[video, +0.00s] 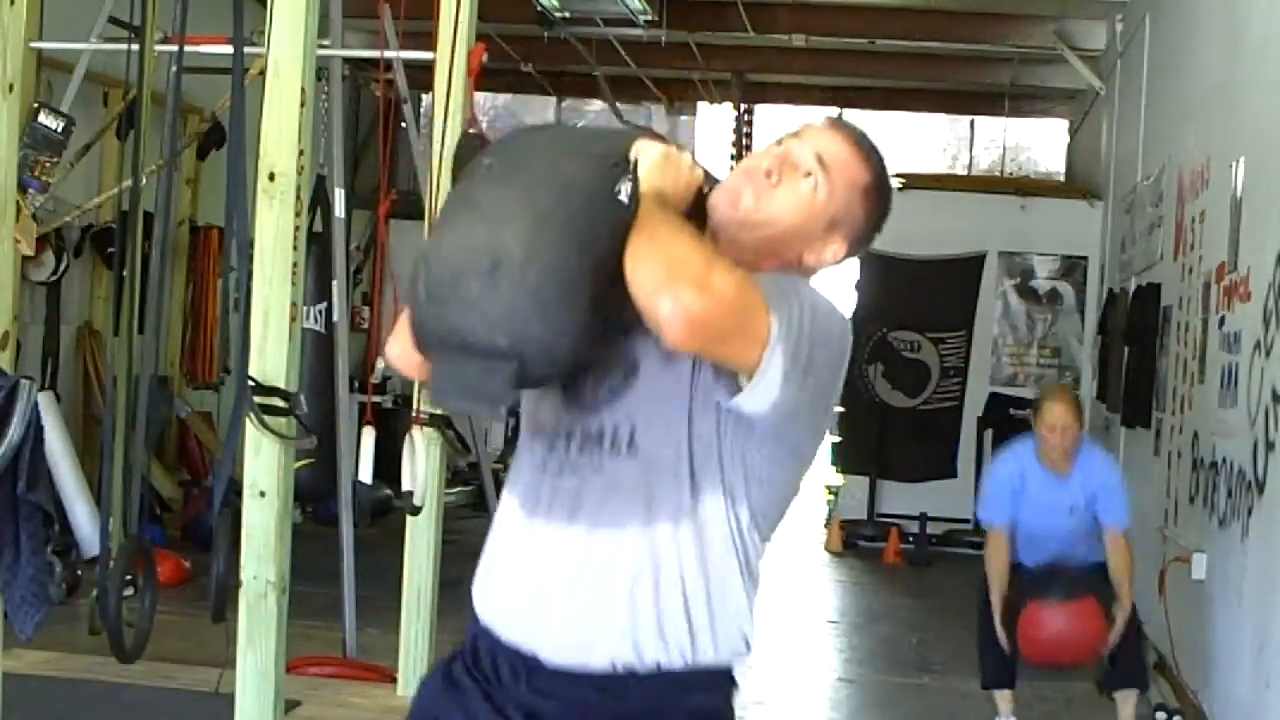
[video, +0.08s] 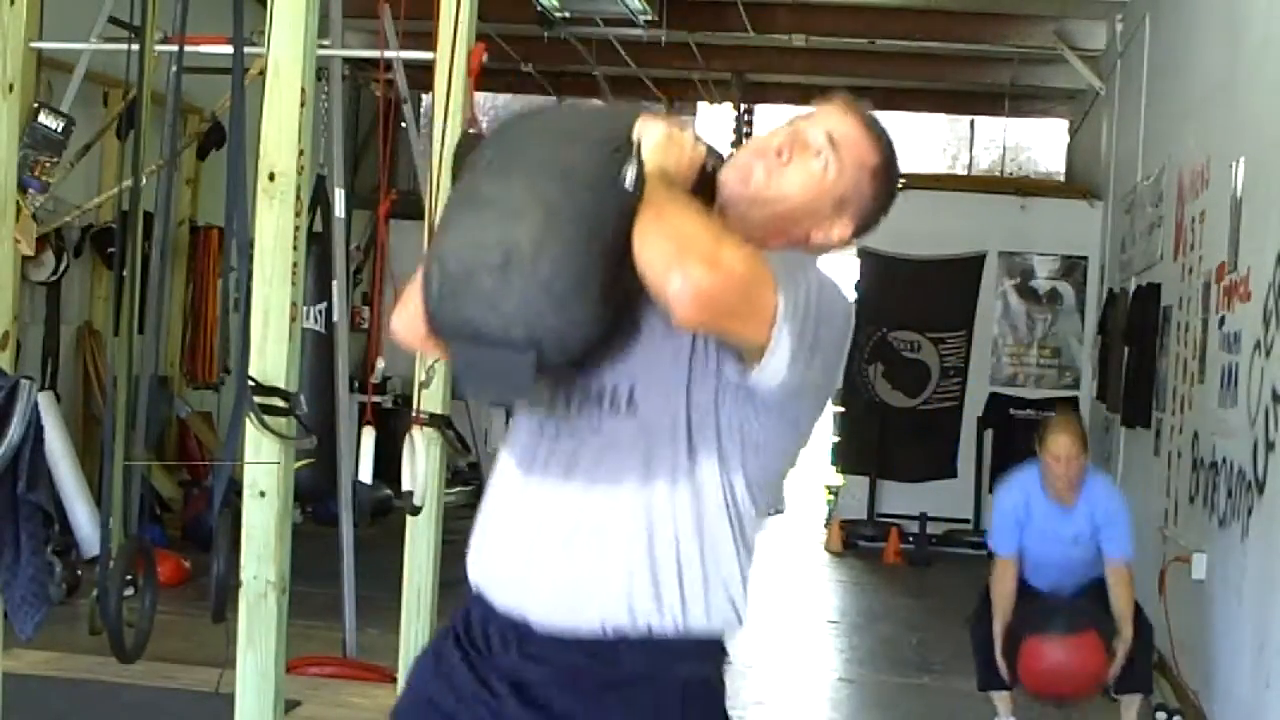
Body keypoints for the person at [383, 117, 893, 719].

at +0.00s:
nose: (773, 158)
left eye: (809, 173)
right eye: (782, 144)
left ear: (825, 249)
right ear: (753, 153)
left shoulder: (811, 328)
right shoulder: (597, 264)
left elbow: (685, 310)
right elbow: (408, 350)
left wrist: (657, 202)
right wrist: (523, 219)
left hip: (651, 698)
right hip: (488, 675)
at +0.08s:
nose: (784, 138)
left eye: (819, 153)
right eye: (795, 123)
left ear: (831, 228)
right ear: (763, 131)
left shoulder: (812, 305)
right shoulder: (606, 241)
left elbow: (694, 286)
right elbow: (411, 324)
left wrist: (664, 180)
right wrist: (530, 199)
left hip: (646, 683)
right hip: (479, 653)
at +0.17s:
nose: (811, 91)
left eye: (844, 111)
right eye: (818, 75)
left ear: (847, 187)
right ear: (779, 81)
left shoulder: (820, 257)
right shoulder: (608, 172)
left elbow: (715, 204)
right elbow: (420, 245)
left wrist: (682, 99)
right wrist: (525, 123)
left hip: (632, 631)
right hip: (468, 597)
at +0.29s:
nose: (826, 52)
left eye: (856, 73)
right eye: (831, 39)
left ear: (863, 148)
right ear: (796, 38)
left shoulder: (818, 201)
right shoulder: (598, 154)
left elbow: (750, 79)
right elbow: (437, 122)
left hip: (622, 561)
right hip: (464, 530)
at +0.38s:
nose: (828, 51)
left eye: (856, 65)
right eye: (836, 44)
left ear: (866, 131)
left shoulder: (798, 174)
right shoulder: (602, 140)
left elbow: (792, 13)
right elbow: (488, 38)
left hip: (626, 573)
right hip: (470, 545)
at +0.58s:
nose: (734, 56)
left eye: (764, 57)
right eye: (739, 47)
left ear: (793, 106)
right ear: (713, 65)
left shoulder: (781, 173)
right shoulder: (610, 143)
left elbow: (805, 10)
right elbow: (601, 7)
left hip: (652, 600)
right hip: (496, 573)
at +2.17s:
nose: (770, 40)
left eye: (820, 51)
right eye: (799, 32)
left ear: (836, 112)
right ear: (753, 42)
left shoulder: (800, 178)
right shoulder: (615, 136)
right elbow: (510, 12)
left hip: (661, 609)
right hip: (507, 577)